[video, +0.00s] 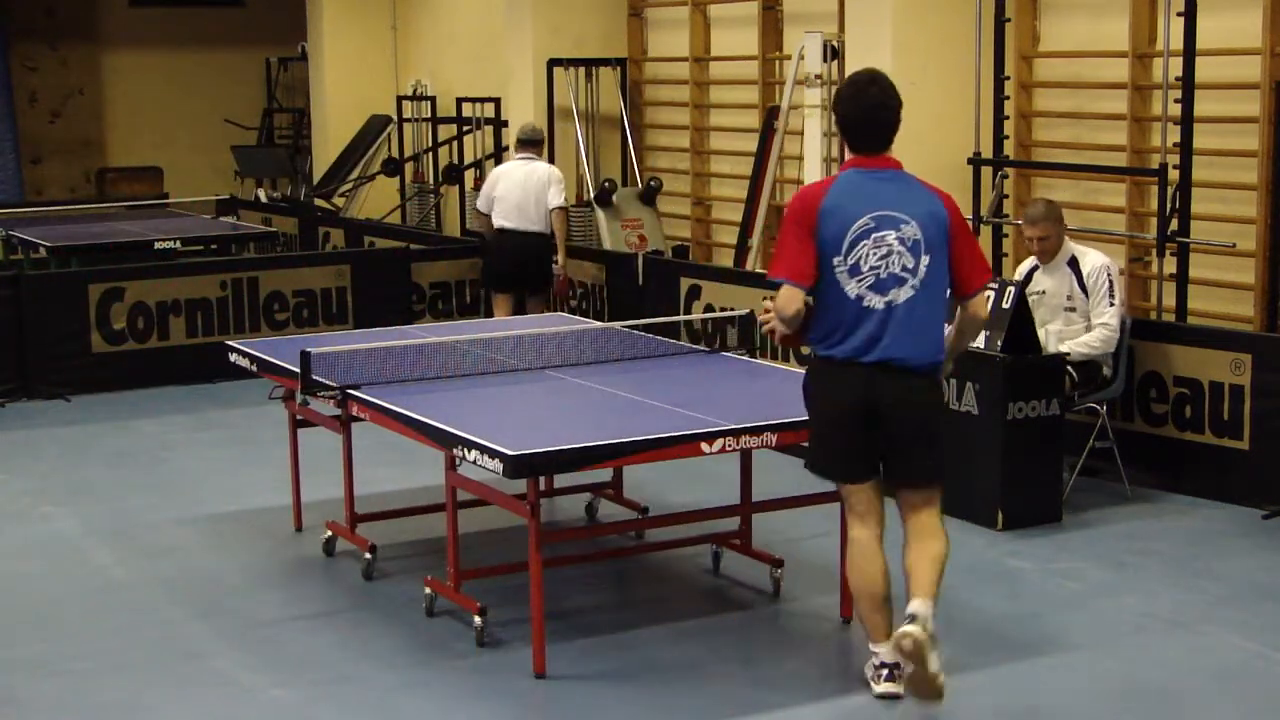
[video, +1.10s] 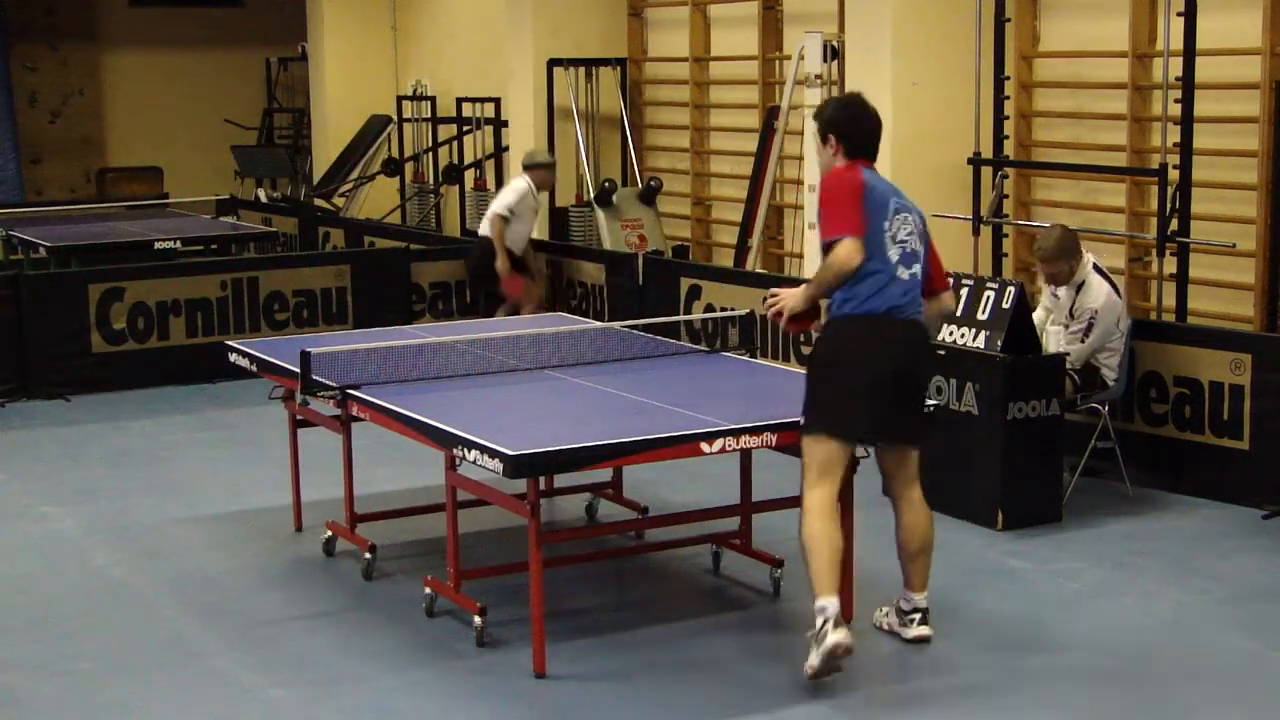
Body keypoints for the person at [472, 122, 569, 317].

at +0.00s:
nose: (542, 150)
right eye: (542, 146)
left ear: (515, 146)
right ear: (541, 147)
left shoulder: (499, 172)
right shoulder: (551, 173)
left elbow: (482, 213)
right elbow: (558, 212)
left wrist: (495, 240)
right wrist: (561, 256)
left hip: (504, 246)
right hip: (538, 247)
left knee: (502, 315)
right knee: (536, 314)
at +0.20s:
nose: (555, 177)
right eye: (554, 173)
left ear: (527, 171)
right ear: (551, 172)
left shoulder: (508, 191)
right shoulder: (554, 192)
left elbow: (495, 226)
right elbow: (559, 228)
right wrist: (560, 270)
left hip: (500, 252)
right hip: (533, 254)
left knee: (492, 298)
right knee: (539, 305)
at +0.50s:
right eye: (552, 210)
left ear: (528, 208)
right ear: (550, 210)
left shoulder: (519, 223)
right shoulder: (548, 221)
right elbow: (546, 249)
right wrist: (549, 286)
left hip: (492, 275)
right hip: (519, 277)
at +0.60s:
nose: (552, 224)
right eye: (551, 221)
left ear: (526, 220)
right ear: (548, 221)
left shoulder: (519, 234)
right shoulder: (545, 231)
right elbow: (541, 255)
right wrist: (546, 294)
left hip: (490, 290)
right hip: (517, 293)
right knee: (567, 304)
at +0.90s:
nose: (556, 214)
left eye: (556, 209)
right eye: (555, 209)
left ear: (533, 208)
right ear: (545, 209)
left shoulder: (521, 223)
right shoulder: (538, 224)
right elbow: (524, 252)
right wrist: (528, 293)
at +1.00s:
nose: (557, 197)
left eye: (557, 191)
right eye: (555, 191)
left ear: (541, 190)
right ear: (543, 190)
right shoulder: (532, 204)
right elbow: (513, 235)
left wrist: (527, 277)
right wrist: (515, 276)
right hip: (494, 262)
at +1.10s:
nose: (554, 178)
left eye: (553, 172)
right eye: (550, 172)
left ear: (538, 172)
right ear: (538, 172)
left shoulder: (532, 194)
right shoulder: (521, 187)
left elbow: (520, 234)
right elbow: (496, 217)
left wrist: (531, 263)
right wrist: (501, 256)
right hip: (489, 250)